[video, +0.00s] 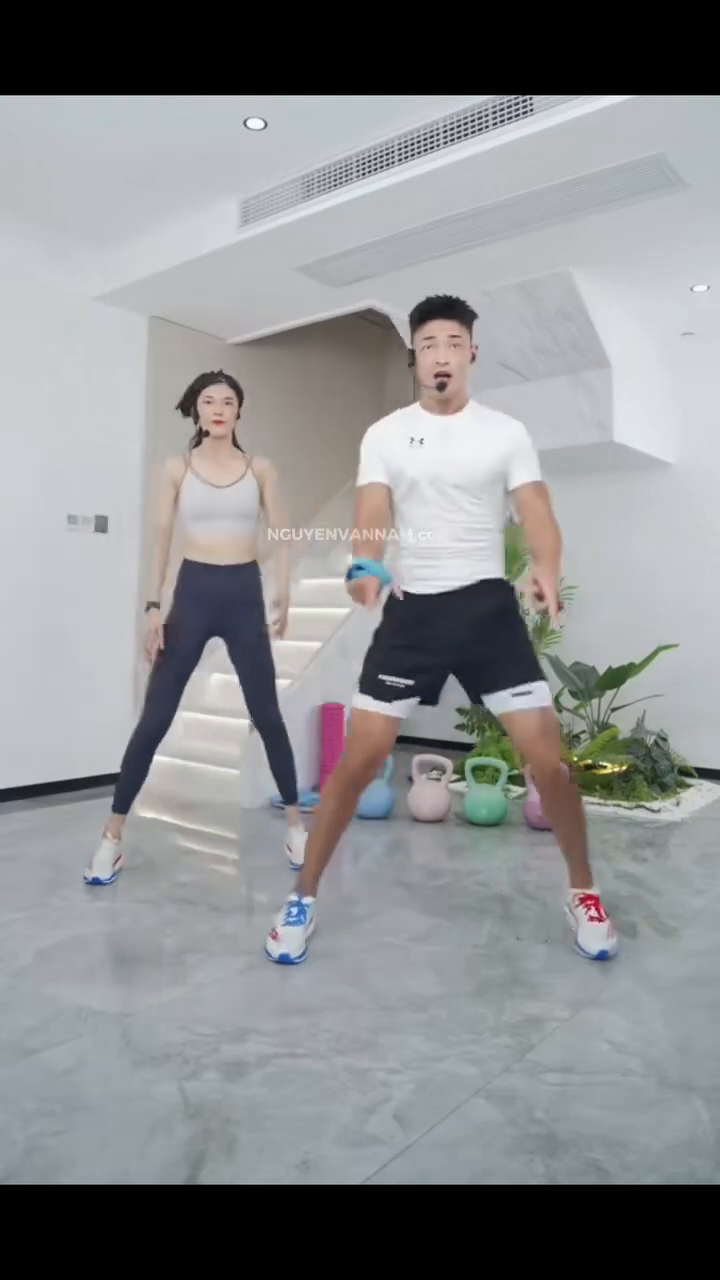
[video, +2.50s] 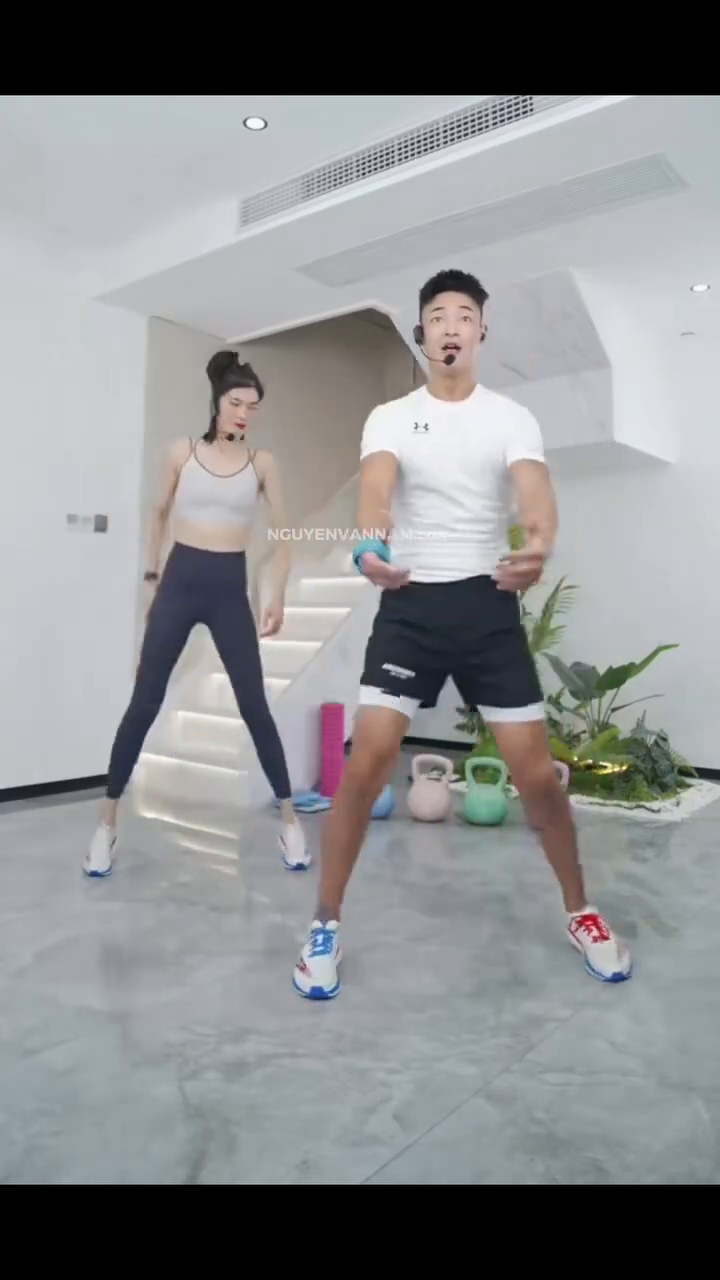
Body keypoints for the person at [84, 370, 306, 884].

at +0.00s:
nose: (219, 410)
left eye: (227, 403)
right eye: (210, 403)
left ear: (239, 412)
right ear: (196, 411)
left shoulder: (260, 470)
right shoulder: (177, 467)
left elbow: (280, 536)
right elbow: (163, 538)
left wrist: (283, 599)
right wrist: (155, 606)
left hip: (245, 597)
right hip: (189, 596)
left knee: (266, 715)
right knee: (155, 719)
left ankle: (296, 825)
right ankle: (113, 833)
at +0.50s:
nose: (253, 410)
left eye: (262, 403)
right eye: (245, 403)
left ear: (276, 414)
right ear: (233, 413)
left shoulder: (295, 469)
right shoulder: (215, 470)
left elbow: (328, 528)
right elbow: (196, 524)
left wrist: (299, 577)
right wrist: (221, 566)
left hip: (280, 593)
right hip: (232, 594)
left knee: (290, 716)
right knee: (201, 713)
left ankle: (298, 823)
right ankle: (243, 811)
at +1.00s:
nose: (185, 412)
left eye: (194, 406)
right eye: (178, 404)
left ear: (207, 415)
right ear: (164, 411)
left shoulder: (222, 472)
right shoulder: (137, 462)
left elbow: (258, 525)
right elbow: (80, 495)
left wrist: (215, 550)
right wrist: (119, 536)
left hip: (191, 601)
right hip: (140, 598)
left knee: (229, 712)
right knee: (113, 711)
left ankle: (253, 814)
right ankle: (92, 827)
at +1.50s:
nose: (200, 418)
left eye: (205, 410)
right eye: (192, 408)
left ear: (208, 415)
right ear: (164, 410)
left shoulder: (215, 466)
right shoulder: (133, 464)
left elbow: (263, 512)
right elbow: (113, 539)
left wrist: (221, 541)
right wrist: (139, 530)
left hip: (193, 599)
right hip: (142, 597)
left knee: (237, 700)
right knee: (113, 710)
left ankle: (239, 794)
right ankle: (94, 826)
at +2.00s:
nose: (270, 415)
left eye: (274, 406)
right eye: (261, 406)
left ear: (277, 410)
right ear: (235, 407)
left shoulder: (286, 458)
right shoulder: (207, 461)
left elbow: (314, 510)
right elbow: (194, 532)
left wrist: (315, 548)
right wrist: (189, 600)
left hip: (276, 581)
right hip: (227, 581)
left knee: (281, 703)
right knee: (226, 703)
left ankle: (292, 815)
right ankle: (241, 793)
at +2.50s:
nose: (243, 415)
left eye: (251, 407)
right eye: (236, 404)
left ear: (257, 412)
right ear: (217, 404)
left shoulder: (262, 463)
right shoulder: (182, 453)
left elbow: (283, 535)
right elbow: (162, 516)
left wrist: (277, 596)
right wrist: (152, 579)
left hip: (231, 588)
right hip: (179, 583)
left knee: (254, 706)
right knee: (145, 701)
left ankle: (290, 818)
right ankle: (108, 817)